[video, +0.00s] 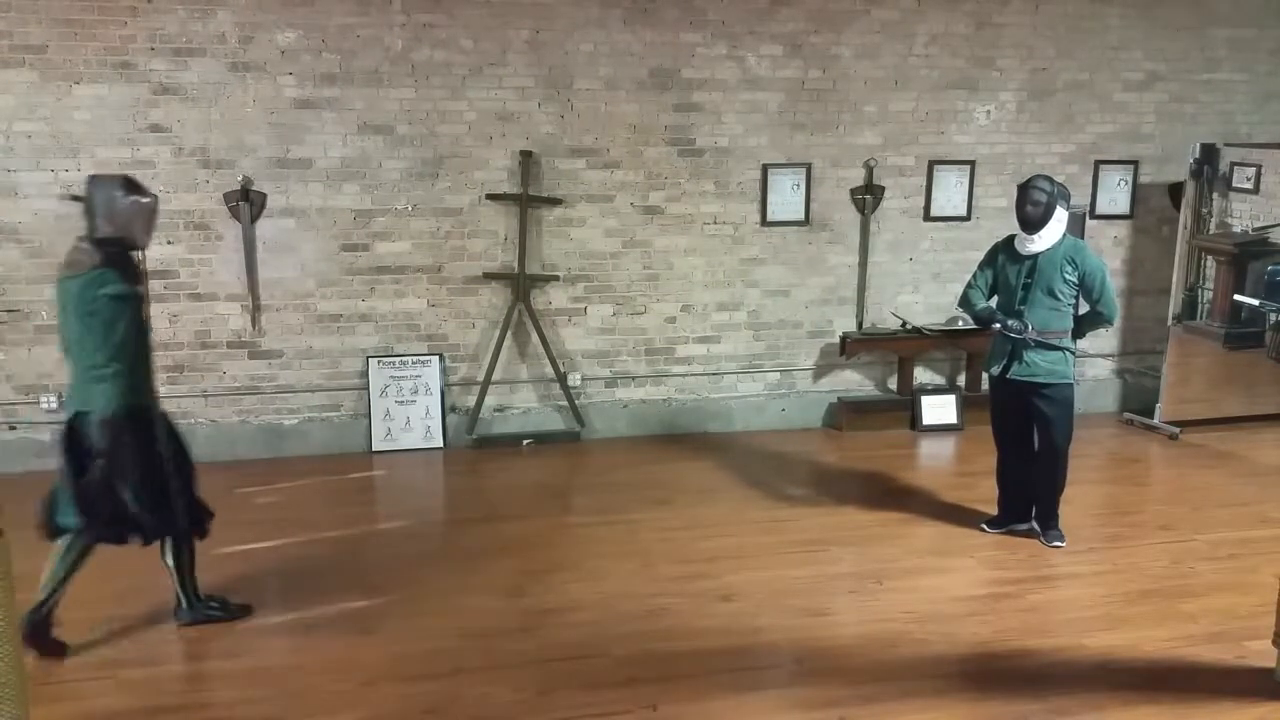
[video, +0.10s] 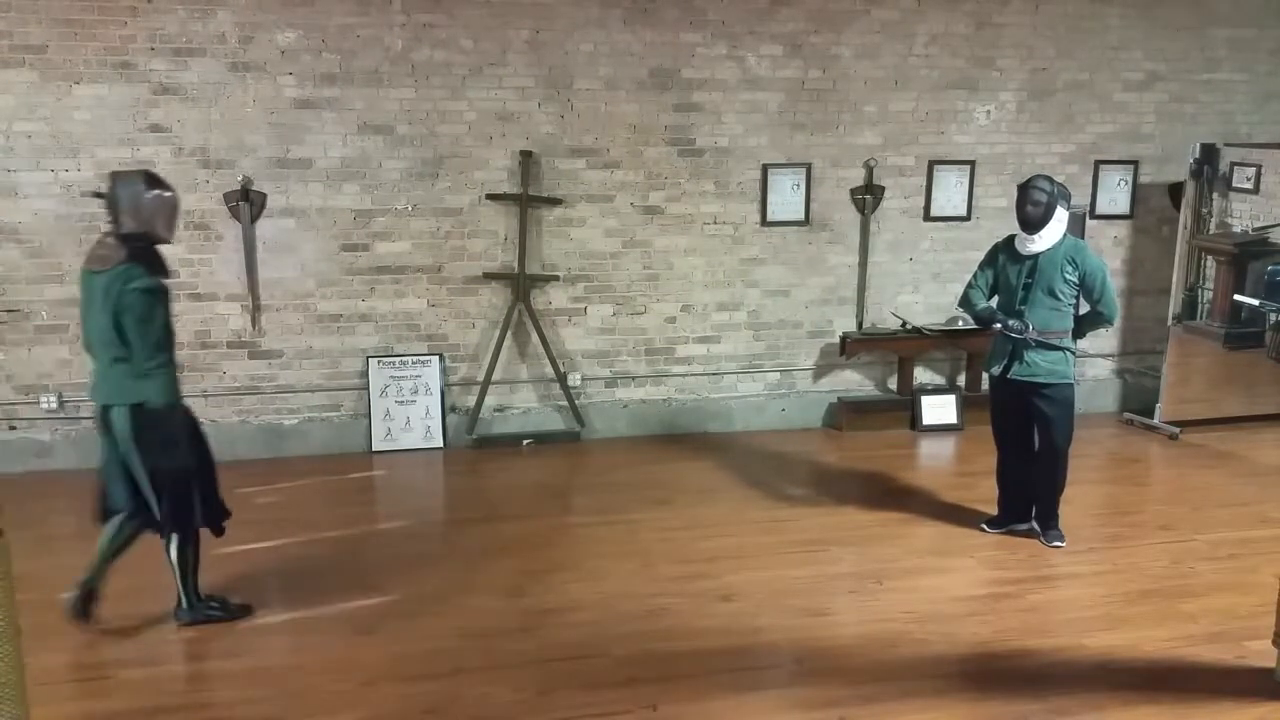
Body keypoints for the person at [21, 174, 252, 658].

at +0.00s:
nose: (147, 227)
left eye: (146, 218)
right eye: (141, 218)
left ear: (97, 224)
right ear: (121, 223)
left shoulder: (73, 278)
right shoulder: (116, 288)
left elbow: (72, 349)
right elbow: (114, 369)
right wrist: (112, 438)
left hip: (86, 418)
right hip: (130, 420)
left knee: (94, 516)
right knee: (173, 502)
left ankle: (40, 612)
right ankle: (191, 600)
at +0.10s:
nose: (172, 219)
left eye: (170, 210)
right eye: (166, 211)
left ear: (122, 215)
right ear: (147, 215)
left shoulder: (96, 267)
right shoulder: (141, 278)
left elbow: (93, 342)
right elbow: (153, 357)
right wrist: (174, 410)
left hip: (111, 404)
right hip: (148, 405)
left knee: (137, 506)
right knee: (180, 503)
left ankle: (88, 585)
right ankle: (191, 601)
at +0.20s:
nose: (189, 216)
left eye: (188, 207)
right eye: (182, 208)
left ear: (137, 211)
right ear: (165, 211)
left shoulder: (116, 262)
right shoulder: (161, 274)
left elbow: (114, 338)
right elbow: (195, 355)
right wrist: (242, 415)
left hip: (133, 395)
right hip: (168, 398)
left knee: (165, 490)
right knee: (188, 493)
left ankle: (148, 580)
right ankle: (192, 601)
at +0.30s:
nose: (202, 214)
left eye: (201, 205)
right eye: (196, 206)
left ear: (151, 213)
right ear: (181, 213)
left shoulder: (131, 269)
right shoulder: (180, 272)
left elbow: (130, 339)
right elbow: (230, 344)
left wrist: (181, 364)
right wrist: (299, 390)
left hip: (152, 395)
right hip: (187, 396)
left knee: (185, 485)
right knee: (198, 492)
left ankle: (206, 570)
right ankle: (191, 602)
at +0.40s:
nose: (217, 216)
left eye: (214, 207)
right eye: (212, 208)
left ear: (165, 217)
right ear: (201, 215)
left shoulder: (148, 272)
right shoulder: (196, 272)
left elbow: (149, 341)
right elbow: (252, 335)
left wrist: (209, 372)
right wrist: (316, 360)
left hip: (171, 398)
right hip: (203, 399)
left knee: (216, 486)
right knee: (207, 499)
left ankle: (253, 561)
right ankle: (192, 600)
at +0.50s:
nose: (234, 213)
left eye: (230, 205)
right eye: (228, 206)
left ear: (185, 217)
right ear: (215, 214)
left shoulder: (164, 271)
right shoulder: (215, 273)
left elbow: (162, 336)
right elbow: (263, 323)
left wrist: (199, 362)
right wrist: (309, 345)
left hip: (191, 391)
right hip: (221, 393)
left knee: (241, 474)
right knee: (221, 495)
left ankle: (267, 557)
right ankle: (193, 599)